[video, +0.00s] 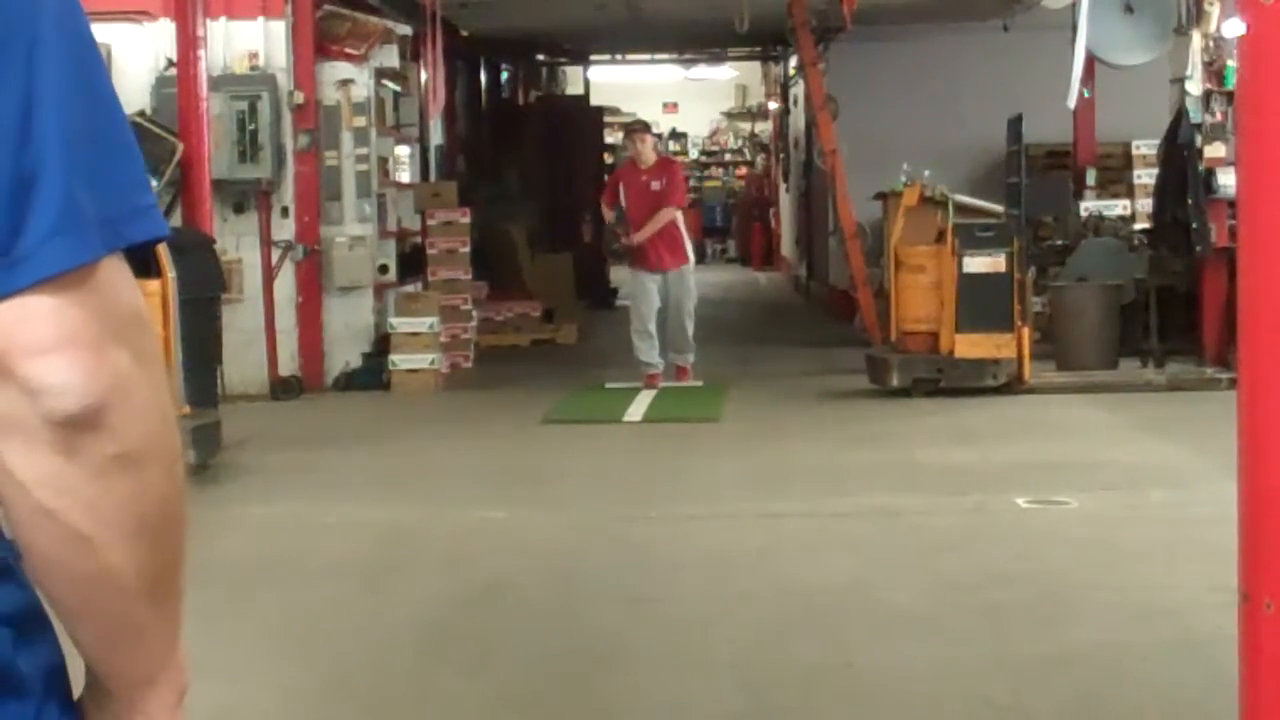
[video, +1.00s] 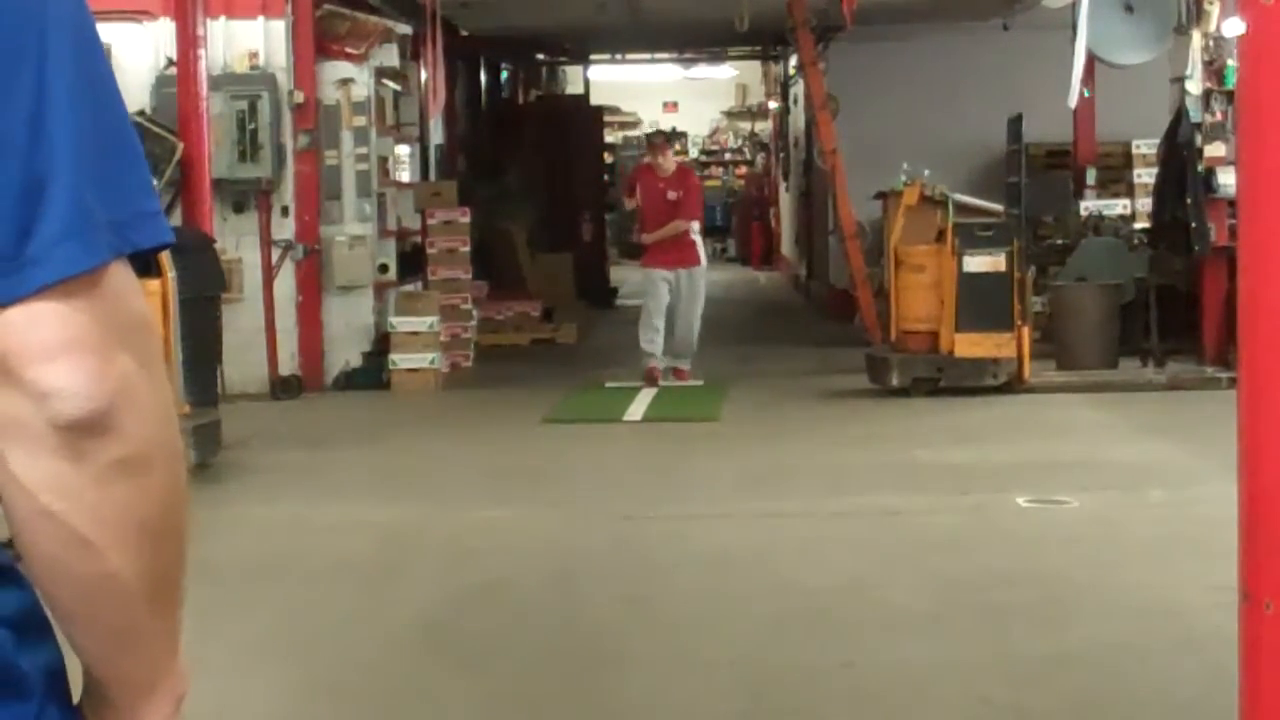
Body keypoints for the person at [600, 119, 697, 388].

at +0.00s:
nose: (639, 147)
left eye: (643, 141)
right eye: (633, 142)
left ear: (653, 141)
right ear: (627, 146)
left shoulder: (671, 168)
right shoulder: (622, 172)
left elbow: (671, 209)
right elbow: (607, 201)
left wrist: (639, 235)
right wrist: (614, 224)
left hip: (676, 256)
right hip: (642, 257)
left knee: (682, 312)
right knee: (643, 316)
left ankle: (683, 363)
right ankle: (651, 368)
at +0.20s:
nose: (638, 146)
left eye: (643, 140)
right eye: (633, 141)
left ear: (653, 141)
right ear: (627, 145)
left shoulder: (668, 169)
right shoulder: (623, 170)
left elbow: (662, 213)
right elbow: (606, 193)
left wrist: (632, 229)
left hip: (674, 255)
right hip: (641, 255)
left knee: (681, 312)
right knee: (643, 315)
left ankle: (683, 361)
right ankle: (651, 367)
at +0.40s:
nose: (638, 147)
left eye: (642, 141)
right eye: (633, 142)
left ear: (653, 142)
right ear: (628, 145)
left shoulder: (668, 170)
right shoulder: (625, 170)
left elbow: (663, 213)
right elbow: (627, 203)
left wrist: (631, 230)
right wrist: (625, 225)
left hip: (674, 253)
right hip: (642, 252)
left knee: (680, 311)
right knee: (643, 314)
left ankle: (683, 361)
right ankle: (651, 366)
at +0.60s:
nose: (642, 150)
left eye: (646, 144)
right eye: (637, 146)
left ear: (656, 144)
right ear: (632, 148)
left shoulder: (672, 171)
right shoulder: (628, 173)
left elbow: (668, 215)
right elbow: (628, 204)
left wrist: (637, 231)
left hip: (678, 253)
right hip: (646, 252)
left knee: (681, 311)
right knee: (645, 311)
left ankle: (681, 361)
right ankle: (651, 365)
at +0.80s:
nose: (652, 155)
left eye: (656, 149)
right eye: (647, 150)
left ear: (665, 149)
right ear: (640, 153)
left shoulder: (680, 175)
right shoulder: (635, 175)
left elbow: (677, 219)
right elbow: (626, 199)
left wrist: (644, 235)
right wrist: (629, 210)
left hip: (682, 257)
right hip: (650, 255)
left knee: (683, 313)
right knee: (649, 311)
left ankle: (681, 362)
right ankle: (652, 365)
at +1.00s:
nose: (658, 159)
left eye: (662, 154)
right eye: (653, 154)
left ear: (672, 152)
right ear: (648, 155)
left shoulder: (687, 177)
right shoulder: (641, 173)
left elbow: (685, 221)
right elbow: (630, 198)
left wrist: (651, 237)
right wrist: (631, 202)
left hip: (688, 258)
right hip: (656, 256)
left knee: (688, 313)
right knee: (654, 308)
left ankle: (682, 362)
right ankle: (652, 361)